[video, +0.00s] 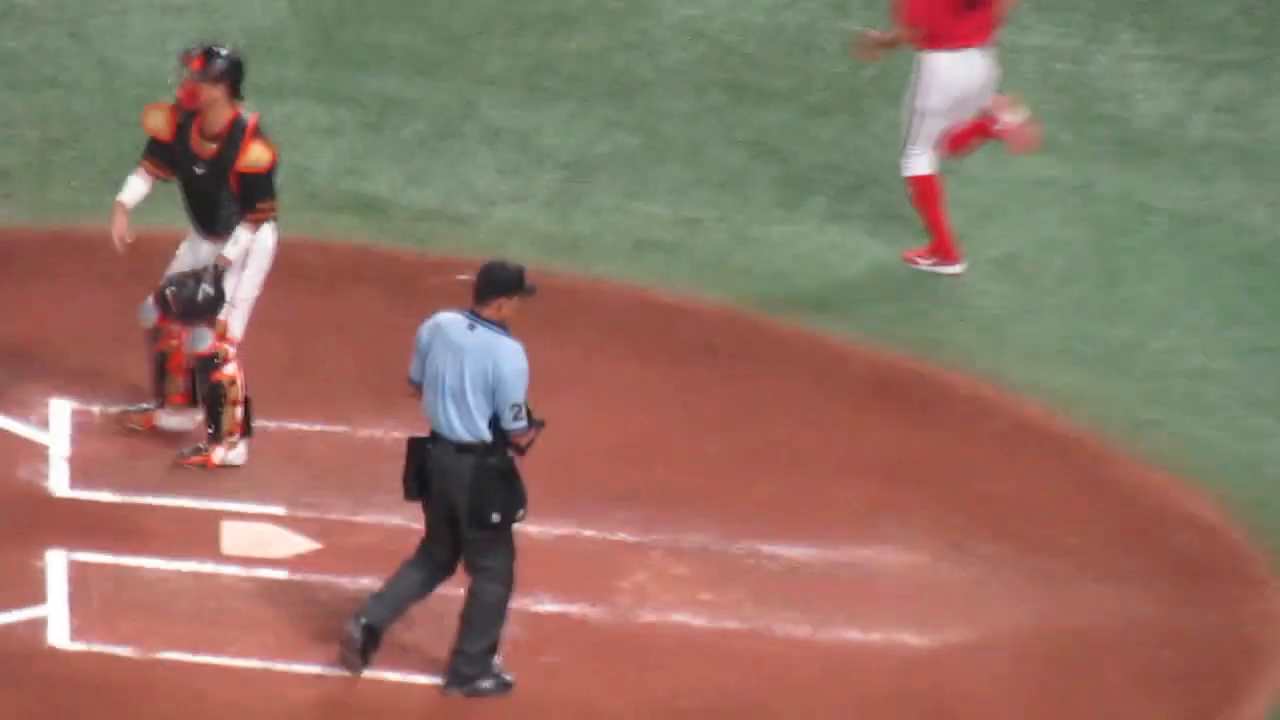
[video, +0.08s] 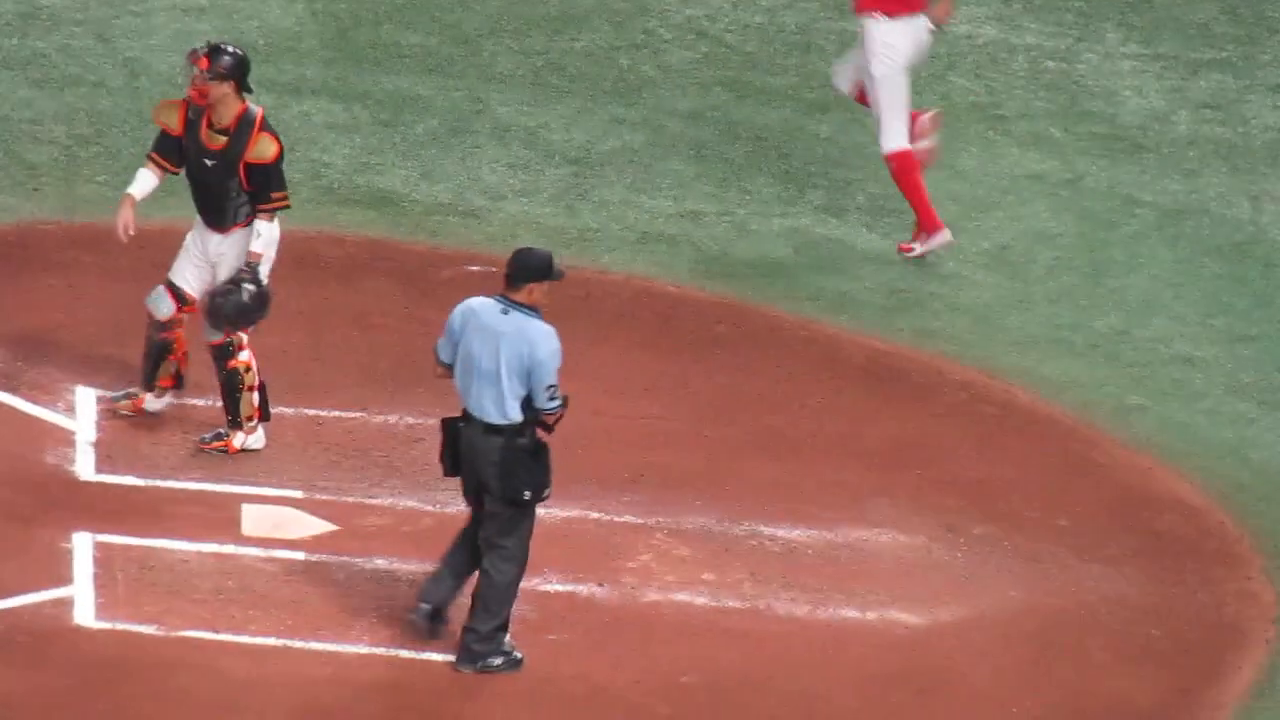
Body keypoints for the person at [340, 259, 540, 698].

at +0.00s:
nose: (519, 308)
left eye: (519, 300)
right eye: (517, 301)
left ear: (481, 297)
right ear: (502, 302)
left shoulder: (437, 325)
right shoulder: (507, 352)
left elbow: (417, 383)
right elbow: (515, 428)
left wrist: (459, 393)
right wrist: (530, 429)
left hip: (437, 460)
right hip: (480, 471)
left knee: (436, 555)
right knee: (493, 571)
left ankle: (370, 621)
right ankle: (471, 669)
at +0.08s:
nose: (548, 292)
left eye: (548, 285)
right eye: (546, 286)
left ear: (508, 281)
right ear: (533, 287)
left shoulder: (468, 310)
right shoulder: (541, 336)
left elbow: (443, 365)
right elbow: (547, 411)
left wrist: (490, 362)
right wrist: (557, 403)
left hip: (469, 439)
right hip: (508, 451)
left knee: (482, 523)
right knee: (506, 548)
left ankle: (433, 600)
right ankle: (481, 646)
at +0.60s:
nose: (669, 287)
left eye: (668, 280)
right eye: (662, 281)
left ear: (631, 286)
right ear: (640, 285)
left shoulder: (595, 316)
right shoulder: (655, 331)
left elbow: (570, 380)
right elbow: (650, 403)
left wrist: (614, 391)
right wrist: (669, 453)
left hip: (591, 444)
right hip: (627, 453)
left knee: (609, 543)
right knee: (652, 560)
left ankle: (602, 629)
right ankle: (575, 628)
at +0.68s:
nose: (693, 281)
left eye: (692, 274)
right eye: (686, 275)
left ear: (657, 279)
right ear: (664, 278)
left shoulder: (619, 308)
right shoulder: (674, 320)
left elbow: (600, 371)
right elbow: (658, 381)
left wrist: (627, 407)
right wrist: (669, 434)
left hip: (612, 438)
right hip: (648, 447)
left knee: (621, 539)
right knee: (690, 548)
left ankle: (599, 636)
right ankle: (629, 627)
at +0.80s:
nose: (732, 286)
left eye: (732, 278)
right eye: (726, 279)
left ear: (695, 281)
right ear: (704, 281)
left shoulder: (662, 308)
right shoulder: (708, 317)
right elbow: (673, 359)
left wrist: (696, 421)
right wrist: (673, 411)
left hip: (646, 437)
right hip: (683, 444)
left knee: (634, 538)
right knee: (728, 540)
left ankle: (607, 633)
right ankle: (724, 636)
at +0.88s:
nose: (761, 292)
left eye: (761, 285)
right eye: (753, 285)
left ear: (725, 288)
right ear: (730, 287)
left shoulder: (692, 311)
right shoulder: (730, 323)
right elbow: (684, 364)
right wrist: (687, 413)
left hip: (674, 441)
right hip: (708, 447)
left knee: (650, 539)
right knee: (744, 545)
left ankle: (614, 631)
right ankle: (769, 631)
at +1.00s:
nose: (805, 298)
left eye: (805, 290)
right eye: (798, 290)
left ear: (771, 292)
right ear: (775, 291)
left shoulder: (741, 315)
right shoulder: (767, 331)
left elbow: (720, 366)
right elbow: (716, 375)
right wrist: (720, 421)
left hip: (722, 449)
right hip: (754, 454)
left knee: (695, 543)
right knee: (783, 553)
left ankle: (633, 622)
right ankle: (786, 638)